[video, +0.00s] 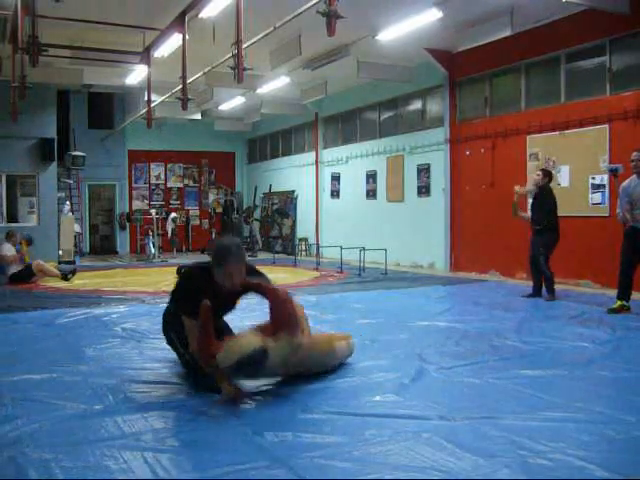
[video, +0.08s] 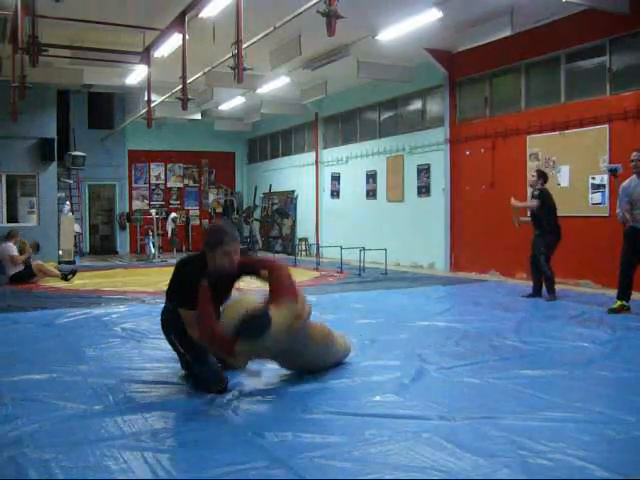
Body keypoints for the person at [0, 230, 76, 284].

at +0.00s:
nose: (17, 240)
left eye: (17, 238)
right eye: (16, 238)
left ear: (12, 238)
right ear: (11, 238)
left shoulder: (13, 248)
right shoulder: (6, 247)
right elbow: (7, 260)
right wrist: (20, 255)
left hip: (20, 274)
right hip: (14, 276)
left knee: (44, 269)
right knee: (38, 264)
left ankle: (64, 274)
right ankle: (62, 276)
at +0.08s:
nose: (18, 240)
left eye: (18, 238)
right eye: (17, 238)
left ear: (9, 237)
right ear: (14, 238)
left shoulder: (6, 246)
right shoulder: (9, 246)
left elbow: (15, 262)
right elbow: (16, 261)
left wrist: (25, 253)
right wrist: (27, 254)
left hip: (18, 275)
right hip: (16, 275)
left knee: (44, 270)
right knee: (38, 265)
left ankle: (63, 274)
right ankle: (62, 276)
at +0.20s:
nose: (19, 240)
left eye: (19, 238)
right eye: (19, 238)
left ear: (9, 237)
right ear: (17, 238)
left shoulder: (4, 247)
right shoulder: (15, 247)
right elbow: (24, 262)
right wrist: (31, 254)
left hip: (11, 277)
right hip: (18, 276)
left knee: (44, 271)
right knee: (39, 266)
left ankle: (64, 274)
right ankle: (63, 276)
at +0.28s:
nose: (22, 240)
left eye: (21, 238)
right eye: (21, 238)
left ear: (11, 237)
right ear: (20, 238)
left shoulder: (3, 246)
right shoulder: (19, 248)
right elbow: (27, 264)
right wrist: (31, 253)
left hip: (10, 278)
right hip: (17, 277)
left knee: (44, 271)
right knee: (40, 266)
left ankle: (64, 275)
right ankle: (63, 276)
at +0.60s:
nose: (18, 240)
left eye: (17, 238)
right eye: (17, 238)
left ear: (10, 237)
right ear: (14, 237)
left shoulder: (9, 246)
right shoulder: (10, 246)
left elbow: (16, 261)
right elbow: (16, 261)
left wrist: (23, 259)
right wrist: (25, 258)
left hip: (16, 275)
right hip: (13, 276)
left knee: (43, 270)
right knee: (40, 265)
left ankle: (64, 275)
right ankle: (63, 275)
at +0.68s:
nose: (20, 239)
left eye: (20, 237)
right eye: (18, 237)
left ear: (14, 237)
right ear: (12, 237)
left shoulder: (14, 247)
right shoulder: (7, 247)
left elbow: (15, 260)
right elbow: (8, 261)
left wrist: (23, 257)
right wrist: (20, 256)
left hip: (19, 274)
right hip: (13, 276)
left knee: (44, 271)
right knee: (39, 264)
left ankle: (65, 275)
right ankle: (63, 275)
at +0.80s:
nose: (18, 239)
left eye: (18, 237)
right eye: (16, 237)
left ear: (18, 238)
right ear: (11, 237)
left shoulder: (18, 247)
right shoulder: (6, 246)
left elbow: (23, 261)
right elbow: (3, 259)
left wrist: (25, 254)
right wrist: (15, 253)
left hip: (22, 274)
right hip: (13, 276)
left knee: (44, 270)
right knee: (38, 263)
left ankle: (64, 274)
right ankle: (62, 275)